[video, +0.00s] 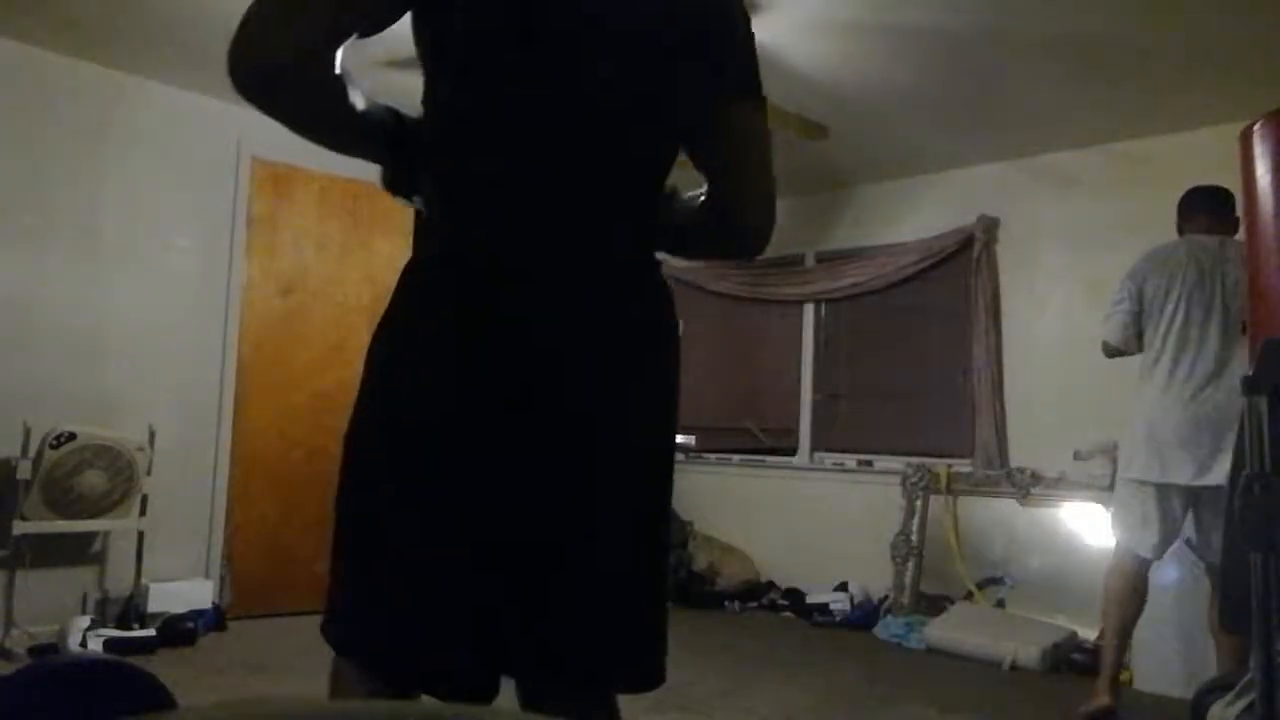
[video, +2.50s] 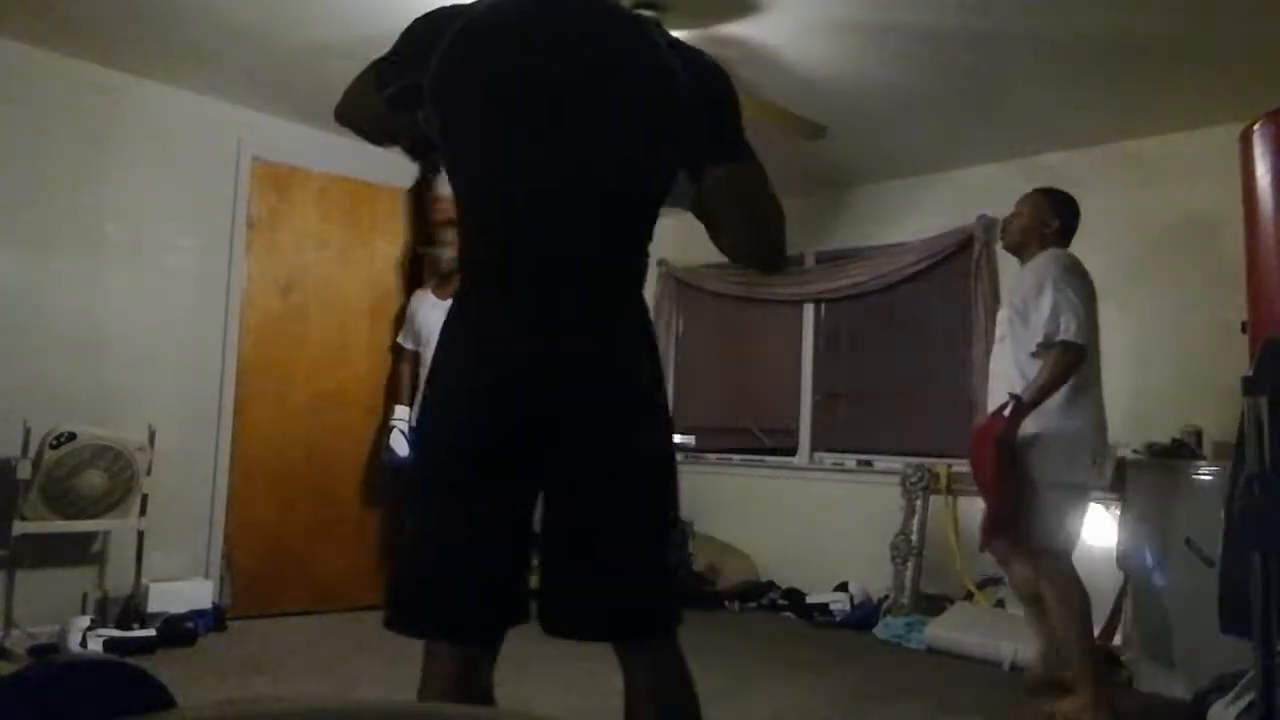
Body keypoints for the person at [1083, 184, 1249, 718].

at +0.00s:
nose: (1222, 234)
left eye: (1194, 225)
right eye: (1228, 225)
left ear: (1179, 223)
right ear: (1234, 224)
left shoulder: (1155, 261)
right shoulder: (1255, 264)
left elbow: (1116, 339)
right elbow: (1268, 336)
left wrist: (1168, 324)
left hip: (1156, 444)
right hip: (1234, 448)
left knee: (1129, 557)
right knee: (1232, 574)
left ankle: (1105, 688)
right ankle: (1232, 696)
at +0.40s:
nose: (1150, 233)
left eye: (1149, 225)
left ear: (1151, 223)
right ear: (1204, 221)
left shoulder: (1132, 268)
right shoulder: (1236, 266)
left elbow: (1103, 347)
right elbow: (1251, 340)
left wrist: (1154, 365)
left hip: (1147, 446)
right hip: (1224, 449)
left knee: (1138, 577)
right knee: (1223, 580)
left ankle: (1127, 702)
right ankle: (1230, 700)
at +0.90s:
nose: (1080, 239)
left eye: (1082, 229)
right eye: (1081, 230)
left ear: (1096, 225)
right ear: (1139, 223)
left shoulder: (1084, 274)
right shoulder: (1194, 272)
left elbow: (1051, 358)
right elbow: (1228, 353)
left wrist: (1091, 381)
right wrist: (1176, 384)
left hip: (1109, 453)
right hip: (1183, 453)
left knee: (1115, 574)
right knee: (1188, 572)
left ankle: (1124, 702)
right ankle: (1222, 681)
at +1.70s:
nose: (1080, 230)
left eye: (1090, 221)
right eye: (1085, 220)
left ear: (1116, 228)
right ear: (1135, 233)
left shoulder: (1113, 269)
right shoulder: (1166, 279)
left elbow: (1115, 346)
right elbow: (1167, 366)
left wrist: (1070, 408)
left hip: (1128, 445)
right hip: (1173, 448)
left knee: (1073, 545)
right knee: (1145, 558)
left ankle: (1115, 681)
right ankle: (1164, 690)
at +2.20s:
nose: (1046, 222)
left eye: (1058, 214)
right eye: (1053, 213)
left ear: (1085, 227)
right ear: (1091, 230)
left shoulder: (1086, 272)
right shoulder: (1106, 273)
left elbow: (1091, 357)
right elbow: (1100, 362)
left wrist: (1046, 429)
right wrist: (1063, 428)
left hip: (1091, 454)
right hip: (1118, 455)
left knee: (1061, 559)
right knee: (1113, 565)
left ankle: (1089, 692)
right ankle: (1158, 687)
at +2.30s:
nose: (1030, 221)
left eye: (1042, 214)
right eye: (1036, 212)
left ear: (1071, 227)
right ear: (1074, 229)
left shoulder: (1074, 271)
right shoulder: (1081, 271)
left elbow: (1078, 358)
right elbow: (1077, 360)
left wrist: (1033, 426)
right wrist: (1036, 423)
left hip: (1081, 451)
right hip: (1090, 450)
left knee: (1059, 565)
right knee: (1072, 563)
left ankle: (1088, 692)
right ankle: (1133, 663)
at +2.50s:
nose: (1007, 221)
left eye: (1018, 212)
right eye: (1011, 213)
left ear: (1048, 225)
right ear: (1049, 227)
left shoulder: (1056, 269)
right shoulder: (1039, 272)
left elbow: (1067, 350)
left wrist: (1014, 411)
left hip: (1055, 448)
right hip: (1033, 445)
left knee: (1049, 559)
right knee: (1009, 547)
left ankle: (1084, 691)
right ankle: (1058, 656)